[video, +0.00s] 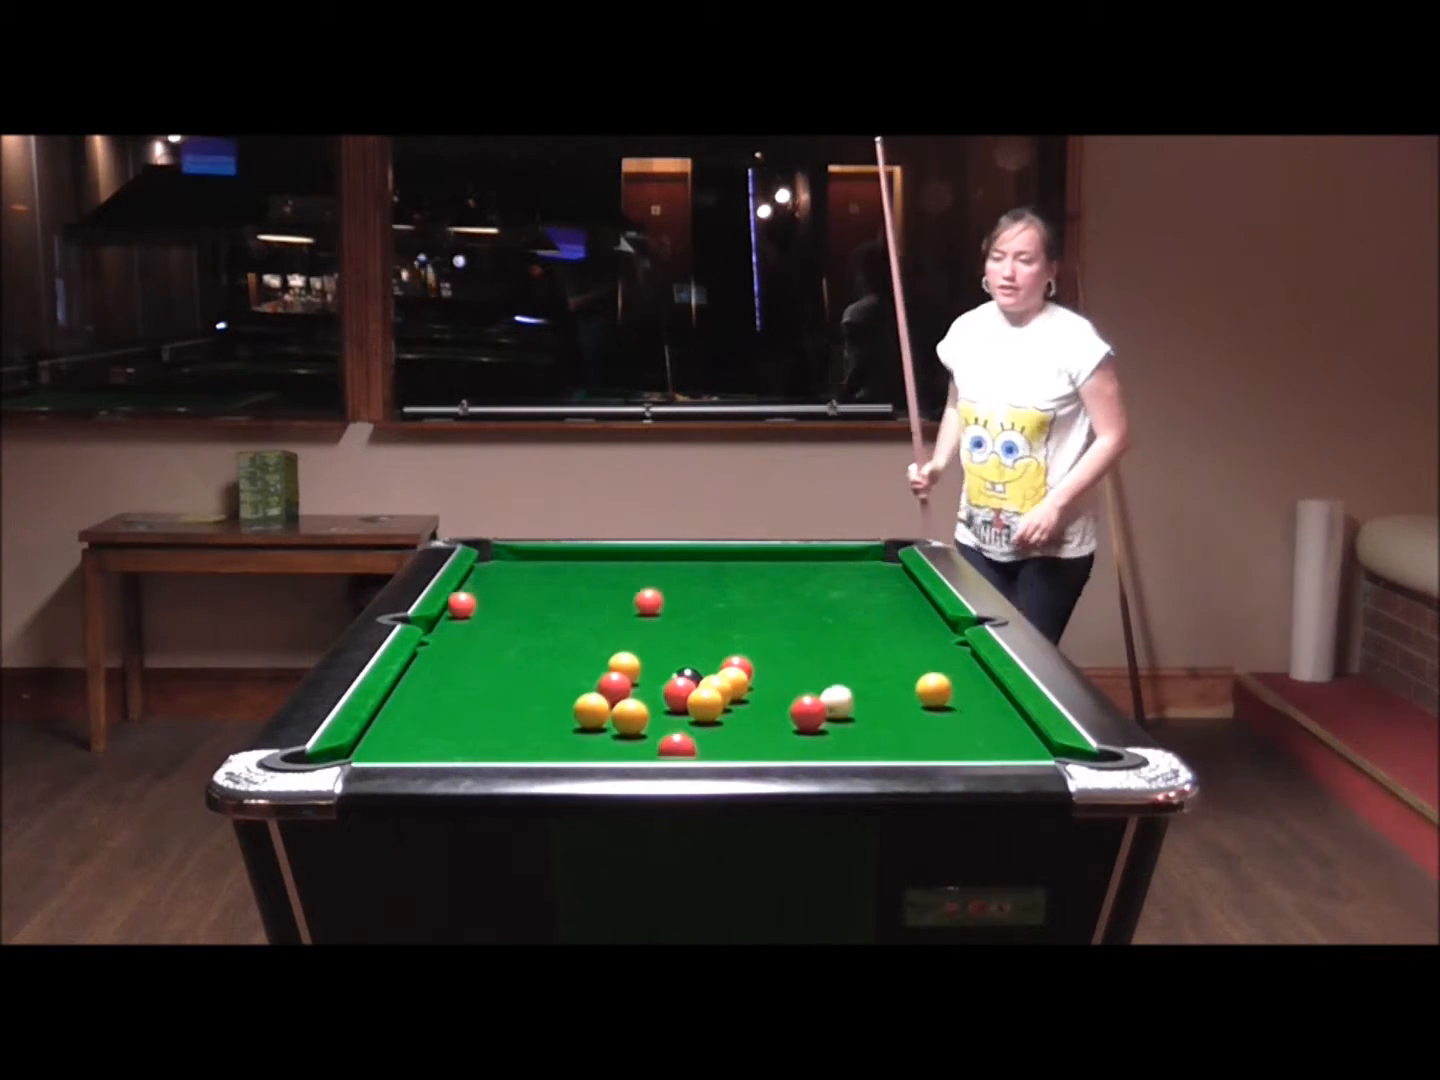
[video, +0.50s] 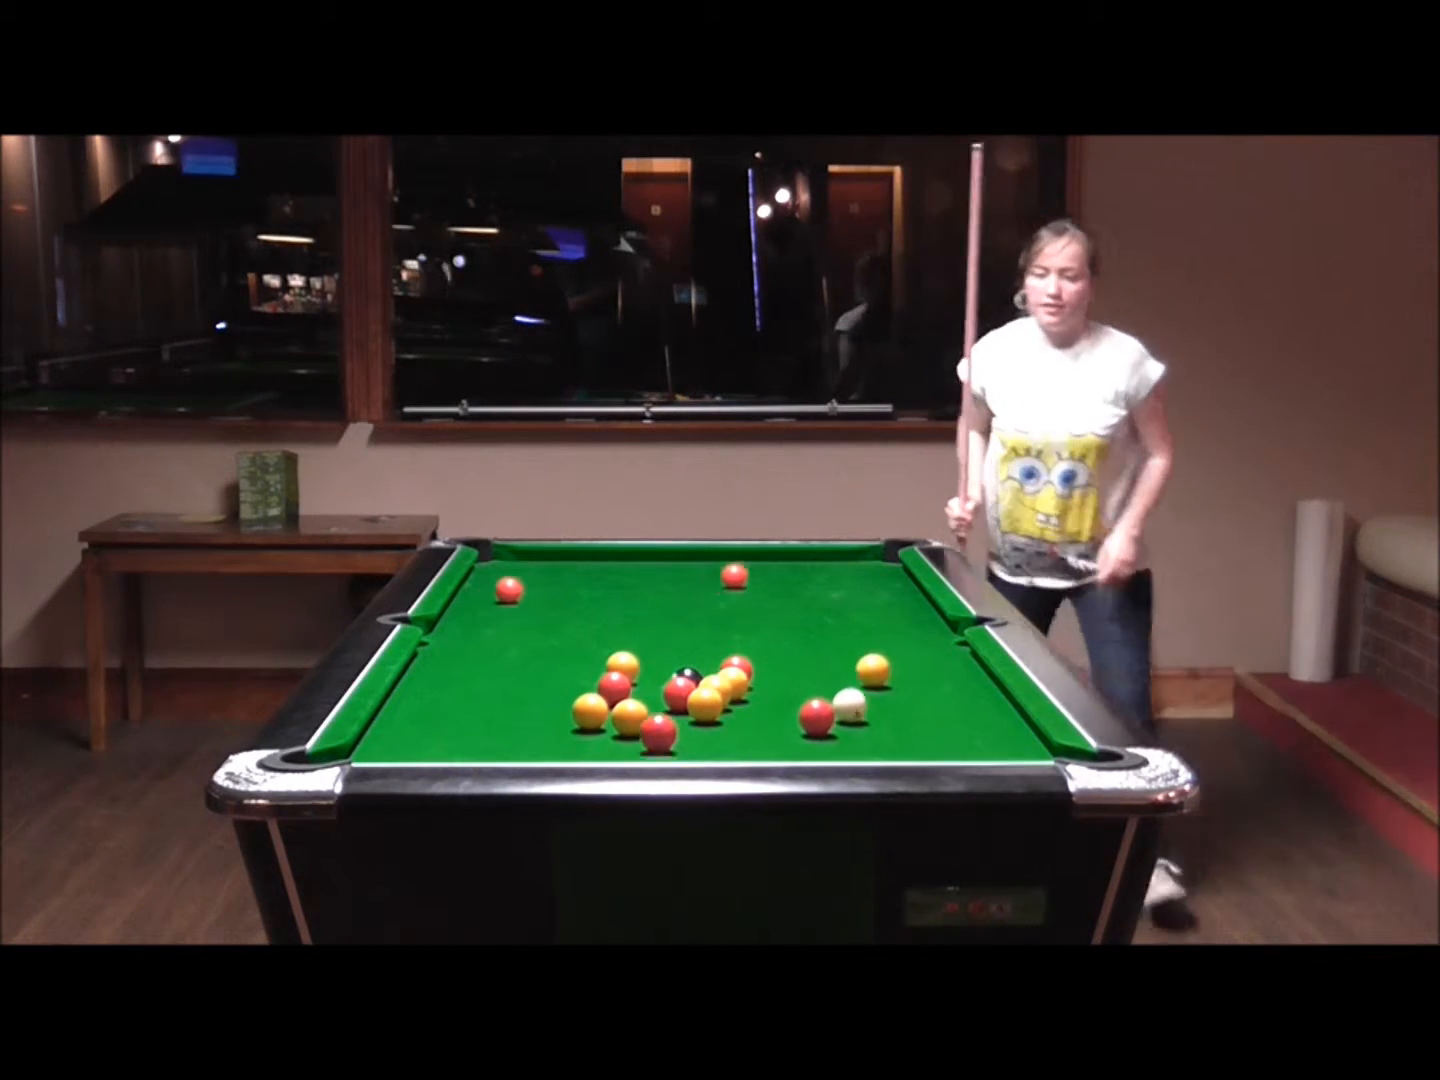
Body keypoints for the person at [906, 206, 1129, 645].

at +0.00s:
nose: (1008, 272)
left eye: (1025, 260)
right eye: (998, 258)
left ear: (1051, 272)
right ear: (984, 268)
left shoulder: (1075, 340)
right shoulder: (967, 332)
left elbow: (1113, 435)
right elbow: (956, 406)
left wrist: (1055, 505)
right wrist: (938, 461)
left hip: (1054, 545)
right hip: (979, 538)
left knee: (1023, 672)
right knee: (971, 662)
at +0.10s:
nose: (1002, 275)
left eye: (1019, 262)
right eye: (992, 261)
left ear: (1045, 272)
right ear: (978, 270)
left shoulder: (1076, 342)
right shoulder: (961, 336)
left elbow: (1109, 435)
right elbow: (948, 410)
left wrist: (1055, 504)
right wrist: (934, 467)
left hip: (1053, 545)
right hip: (977, 539)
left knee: (1019, 672)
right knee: (968, 664)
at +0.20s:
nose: (1003, 276)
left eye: (1019, 263)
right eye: (992, 262)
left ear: (1045, 274)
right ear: (977, 272)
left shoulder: (1078, 343)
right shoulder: (957, 338)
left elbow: (1113, 435)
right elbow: (944, 412)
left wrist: (1065, 508)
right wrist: (936, 472)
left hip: (1060, 545)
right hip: (981, 542)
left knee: (1041, 675)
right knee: (980, 670)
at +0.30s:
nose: (1009, 281)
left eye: (1025, 267)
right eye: (998, 266)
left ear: (1050, 277)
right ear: (983, 274)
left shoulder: (1084, 345)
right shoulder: (960, 341)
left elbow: (1119, 437)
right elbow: (944, 411)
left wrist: (1076, 513)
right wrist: (939, 475)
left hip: (1071, 541)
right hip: (989, 539)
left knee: (1068, 679)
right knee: (979, 671)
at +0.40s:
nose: (1029, 286)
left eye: (1045, 273)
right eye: (1018, 272)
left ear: (1069, 282)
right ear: (1001, 279)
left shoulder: (1103, 354)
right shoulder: (973, 350)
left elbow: (1138, 447)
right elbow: (954, 424)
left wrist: (1103, 526)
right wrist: (954, 487)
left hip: (1083, 553)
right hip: (1000, 551)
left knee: (1111, 692)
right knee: (983, 687)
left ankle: (1139, 850)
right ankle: (978, 838)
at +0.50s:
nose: (1053, 288)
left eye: (1069, 276)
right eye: (1041, 274)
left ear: (1092, 286)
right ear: (1023, 282)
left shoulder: (1126, 361)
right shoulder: (992, 354)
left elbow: (1160, 453)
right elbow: (972, 428)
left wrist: (1129, 532)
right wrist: (970, 491)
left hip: (1102, 560)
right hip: (1016, 555)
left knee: (1128, 706)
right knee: (992, 694)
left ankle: (1153, 856)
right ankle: (982, 850)